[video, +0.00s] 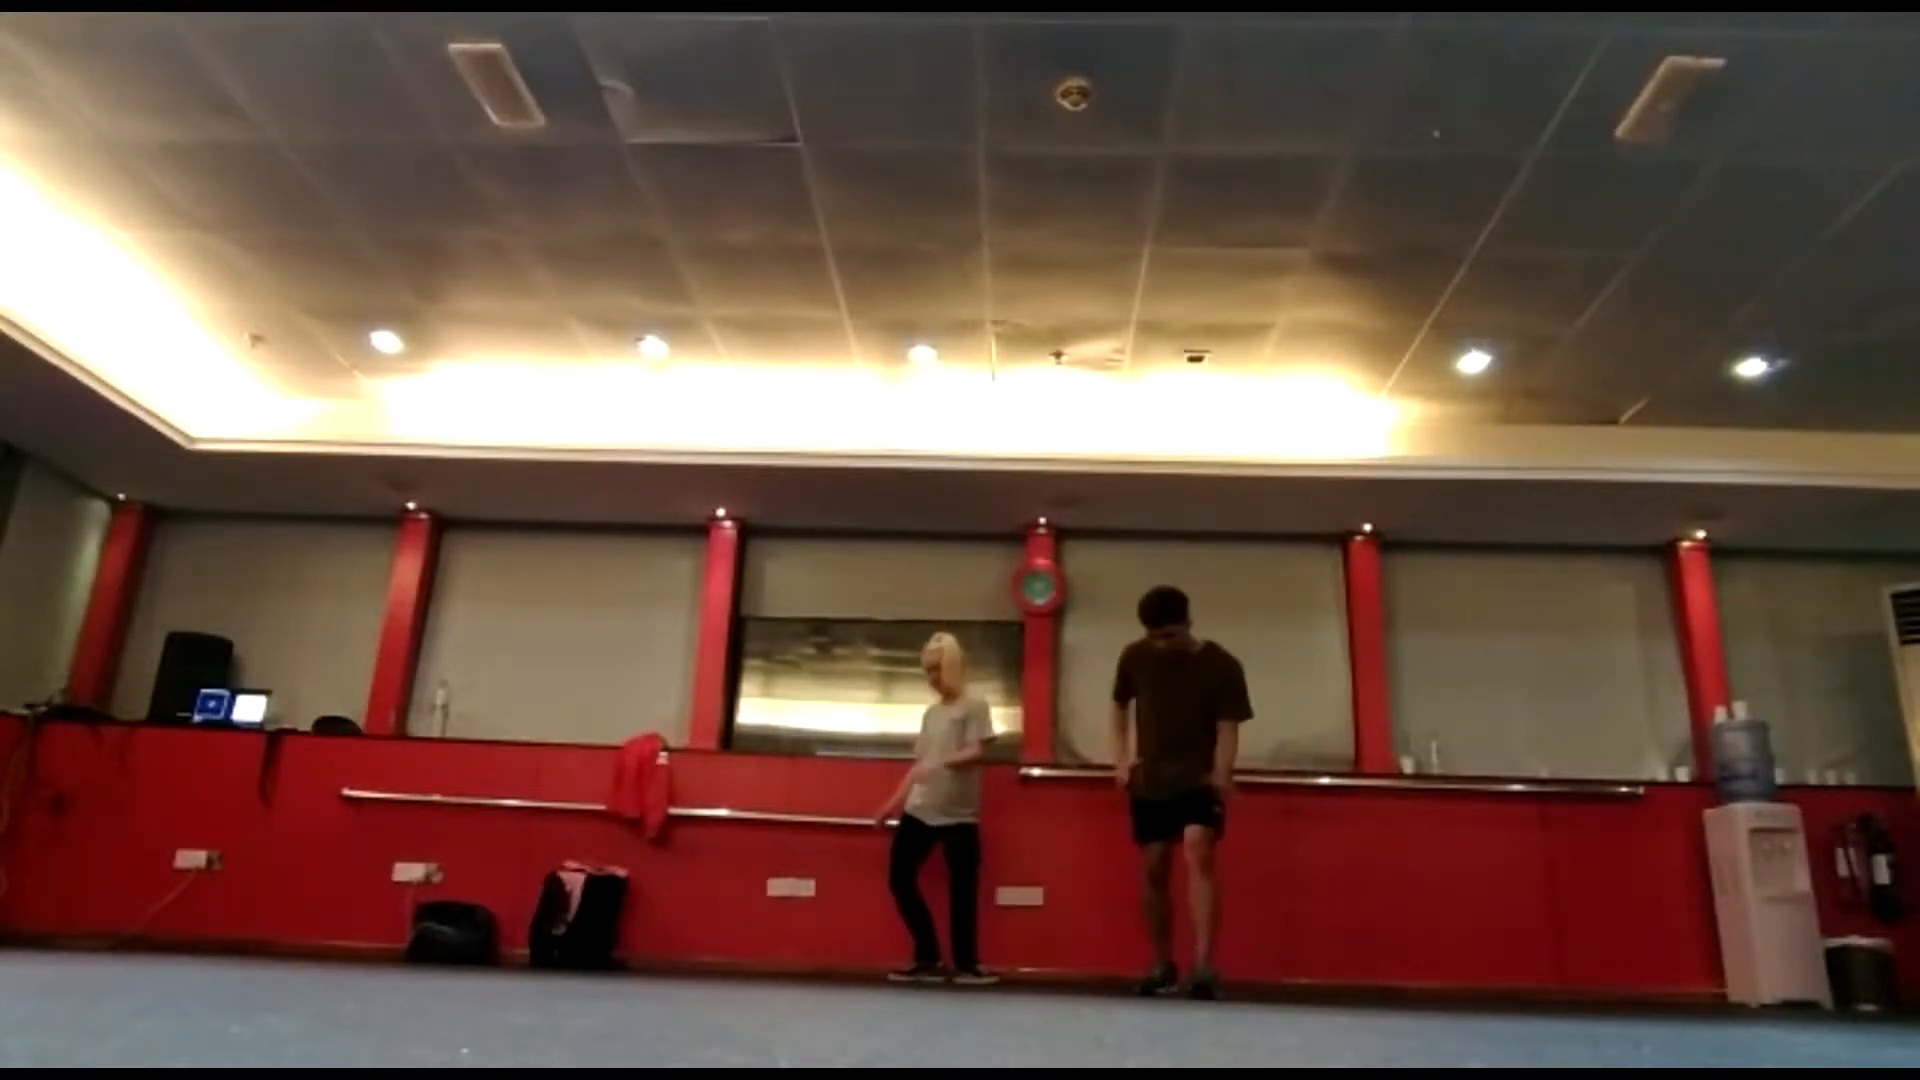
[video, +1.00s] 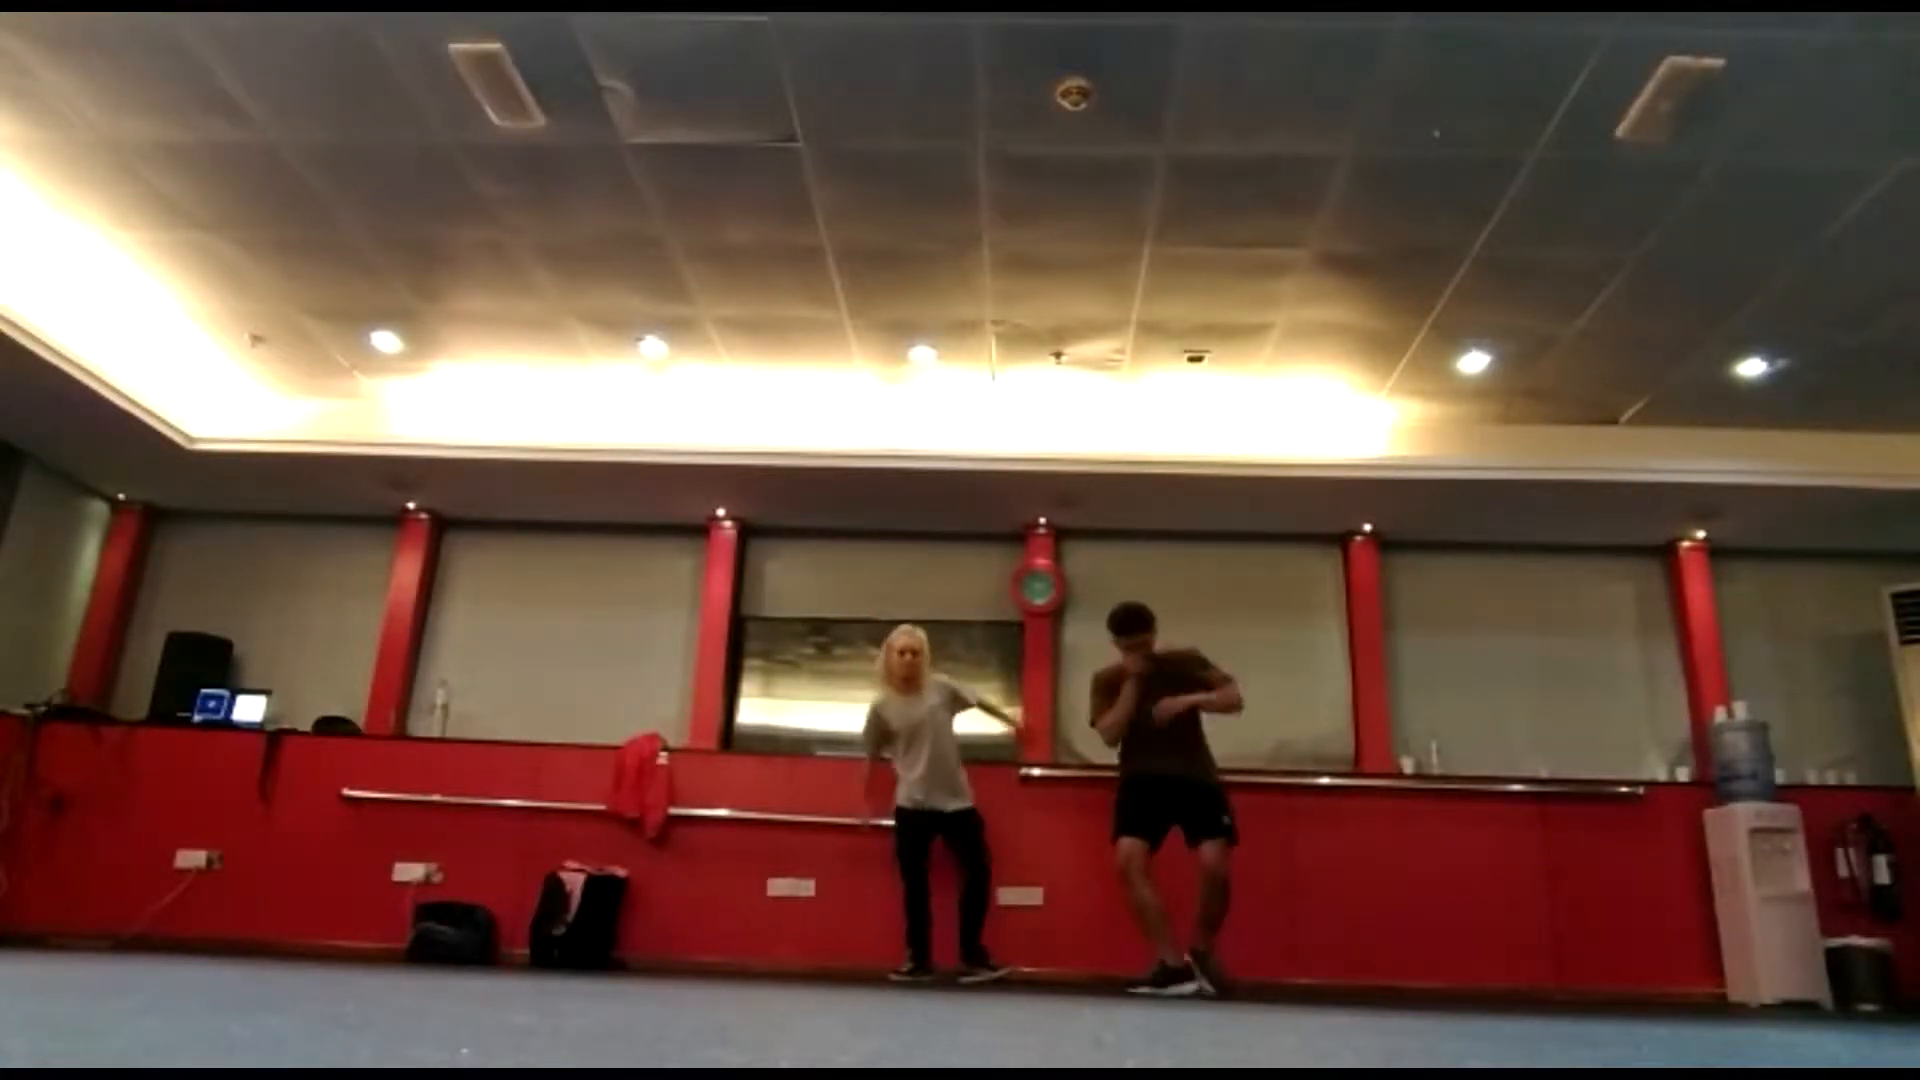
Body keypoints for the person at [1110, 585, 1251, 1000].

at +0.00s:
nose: (1163, 644)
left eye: (1170, 635)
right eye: (1156, 636)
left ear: (1186, 624)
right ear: (1146, 630)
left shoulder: (1219, 663)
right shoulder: (1136, 657)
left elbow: (1228, 726)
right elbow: (1120, 707)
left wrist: (1222, 777)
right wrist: (1122, 757)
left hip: (1199, 778)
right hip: (1151, 778)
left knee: (1198, 853)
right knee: (1154, 867)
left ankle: (1203, 963)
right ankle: (1161, 962)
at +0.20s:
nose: (1132, 640)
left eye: (1134, 631)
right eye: (1127, 634)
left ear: (1151, 616)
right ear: (1130, 627)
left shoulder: (1202, 655)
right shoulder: (1149, 656)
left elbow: (1224, 716)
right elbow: (1161, 717)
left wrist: (1166, 756)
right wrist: (1147, 760)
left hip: (1201, 774)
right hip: (1163, 772)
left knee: (1190, 857)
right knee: (1156, 859)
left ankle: (1201, 965)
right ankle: (1172, 960)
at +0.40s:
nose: (1116, 653)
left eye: (1113, 643)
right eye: (1109, 646)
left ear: (1130, 625)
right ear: (1130, 629)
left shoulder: (1177, 656)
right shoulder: (1161, 661)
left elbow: (1179, 716)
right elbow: (1169, 725)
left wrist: (1144, 773)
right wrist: (1151, 773)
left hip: (1189, 779)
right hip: (1166, 780)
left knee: (1170, 856)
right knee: (1149, 859)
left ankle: (1198, 968)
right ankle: (1173, 963)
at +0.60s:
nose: (1103, 673)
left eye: (1099, 664)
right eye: (1096, 668)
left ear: (1112, 645)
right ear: (1108, 652)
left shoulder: (1168, 668)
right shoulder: (1146, 680)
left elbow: (1184, 723)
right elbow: (1164, 736)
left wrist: (1141, 775)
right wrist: (1142, 730)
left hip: (1195, 774)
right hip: (1164, 775)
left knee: (1173, 847)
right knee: (1140, 856)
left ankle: (1198, 967)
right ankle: (1171, 964)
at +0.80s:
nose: (1109, 659)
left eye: (1110, 649)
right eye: (1101, 654)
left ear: (1123, 632)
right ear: (1095, 651)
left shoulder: (1173, 651)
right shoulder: (1112, 683)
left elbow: (1214, 692)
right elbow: (1114, 741)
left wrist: (1167, 739)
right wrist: (1101, 700)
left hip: (1201, 768)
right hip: (1154, 775)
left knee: (1198, 847)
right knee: (1143, 857)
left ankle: (1218, 962)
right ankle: (1172, 963)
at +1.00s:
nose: (1137, 655)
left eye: (1142, 645)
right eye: (1128, 647)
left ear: (1153, 637)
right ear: (1117, 644)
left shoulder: (1185, 664)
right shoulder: (1108, 680)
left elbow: (1233, 699)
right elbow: (1108, 733)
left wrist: (1185, 701)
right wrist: (1131, 684)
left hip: (1194, 779)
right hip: (1142, 782)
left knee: (1214, 862)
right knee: (1128, 861)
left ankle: (1203, 955)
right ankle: (1170, 962)